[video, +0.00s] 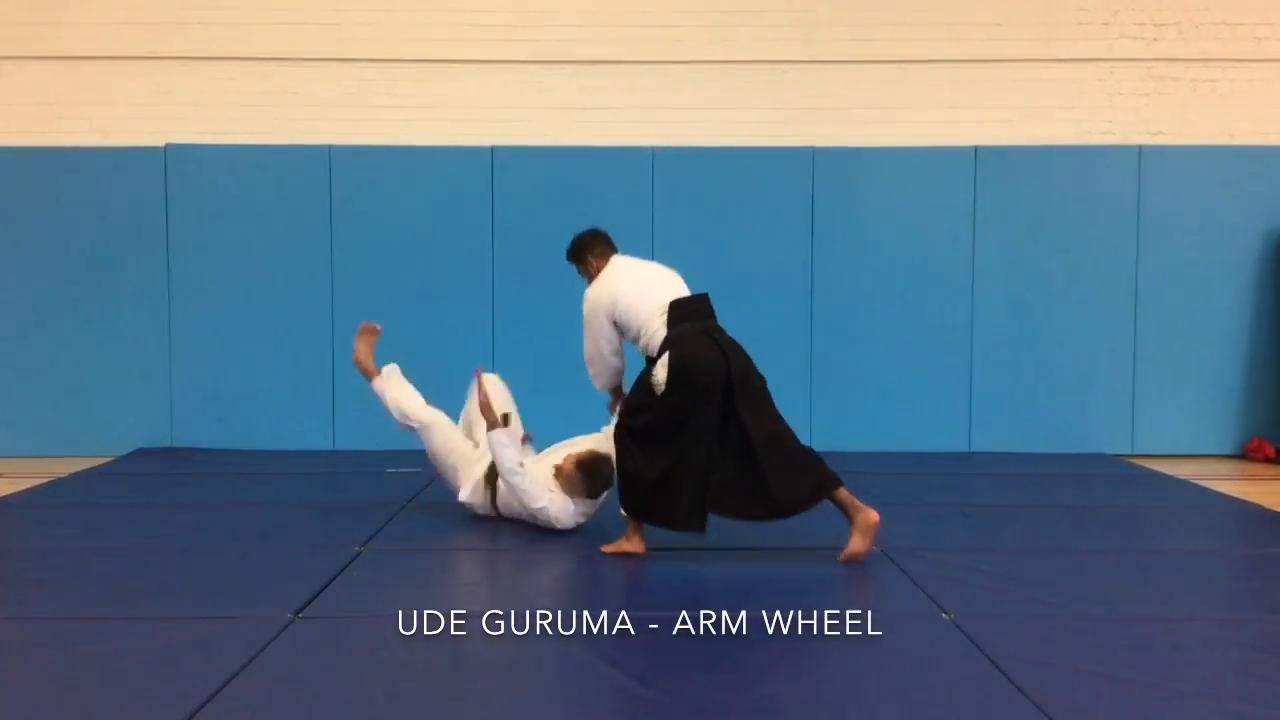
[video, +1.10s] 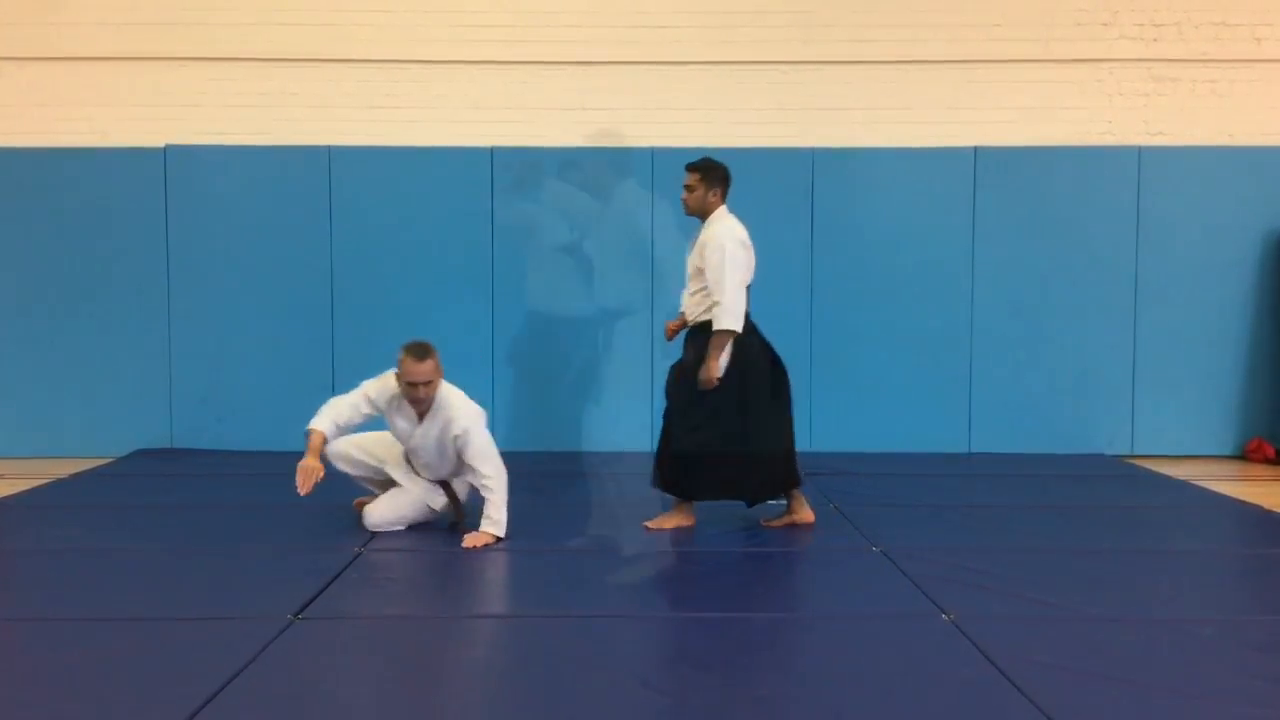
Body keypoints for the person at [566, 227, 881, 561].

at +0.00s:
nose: (583, 277)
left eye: (581, 270)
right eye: (582, 270)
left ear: (589, 262)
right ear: (611, 251)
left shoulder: (598, 291)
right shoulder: (650, 267)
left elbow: (603, 364)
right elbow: (674, 316)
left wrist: (614, 394)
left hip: (680, 361)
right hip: (723, 349)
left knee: (632, 433)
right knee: (773, 436)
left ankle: (633, 535)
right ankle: (858, 513)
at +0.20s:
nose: (604, 235)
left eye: (602, 227)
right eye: (601, 228)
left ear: (611, 223)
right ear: (636, 216)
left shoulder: (618, 257)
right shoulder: (677, 242)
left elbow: (614, 329)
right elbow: (687, 295)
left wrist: (616, 373)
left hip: (684, 345)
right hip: (724, 334)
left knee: (643, 429)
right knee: (747, 426)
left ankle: (636, 528)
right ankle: (822, 492)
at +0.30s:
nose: (628, 222)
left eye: (627, 214)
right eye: (627, 214)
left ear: (637, 210)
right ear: (661, 206)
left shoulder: (641, 248)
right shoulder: (703, 238)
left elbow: (633, 319)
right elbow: (719, 294)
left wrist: (632, 378)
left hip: (695, 343)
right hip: (735, 335)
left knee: (649, 426)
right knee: (744, 420)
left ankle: (640, 529)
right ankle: (790, 498)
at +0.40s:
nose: (655, 213)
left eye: (656, 205)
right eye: (655, 206)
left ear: (667, 203)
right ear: (691, 201)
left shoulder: (673, 245)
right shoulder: (729, 238)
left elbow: (667, 317)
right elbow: (738, 297)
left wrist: (656, 379)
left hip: (714, 348)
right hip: (749, 342)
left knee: (667, 425)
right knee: (750, 425)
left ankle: (644, 522)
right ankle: (792, 503)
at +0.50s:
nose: (679, 204)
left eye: (682, 196)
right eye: (680, 196)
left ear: (697, 197)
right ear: (715, 197)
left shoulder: (702, 242)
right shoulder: (748, 236)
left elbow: (701, 312)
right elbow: (755, 296)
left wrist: (690, 372)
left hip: (728, 346)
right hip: (762, 340)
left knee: (681, 418)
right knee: (765, 425)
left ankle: (658, 512)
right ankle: (795, 507)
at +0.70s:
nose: (708, 190)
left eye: (712, 184)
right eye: (710, 183)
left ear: (728, 187)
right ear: (742, 188)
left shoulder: (731, 230)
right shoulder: (766, 225)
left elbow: (743, 295)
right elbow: (753, 293)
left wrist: (746, 355)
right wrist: (713, 330)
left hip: (741, 334)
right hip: (771, 330)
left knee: (694, 411)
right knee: (782, 419)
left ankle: (707, 499)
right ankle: (801, 508)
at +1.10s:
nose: (683, 195)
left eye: (690, 189)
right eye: (684, 189)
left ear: (714, 193)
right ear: (712, 195)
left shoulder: (723, 234)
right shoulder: (715, 229)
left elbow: (730, 300)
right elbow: (714, 289)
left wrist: (713, 357)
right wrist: (684, 318)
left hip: (716, 343)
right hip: (736, 340)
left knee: (684, 423)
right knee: (763, 423)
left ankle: (683, 509)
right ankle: (798, 504)